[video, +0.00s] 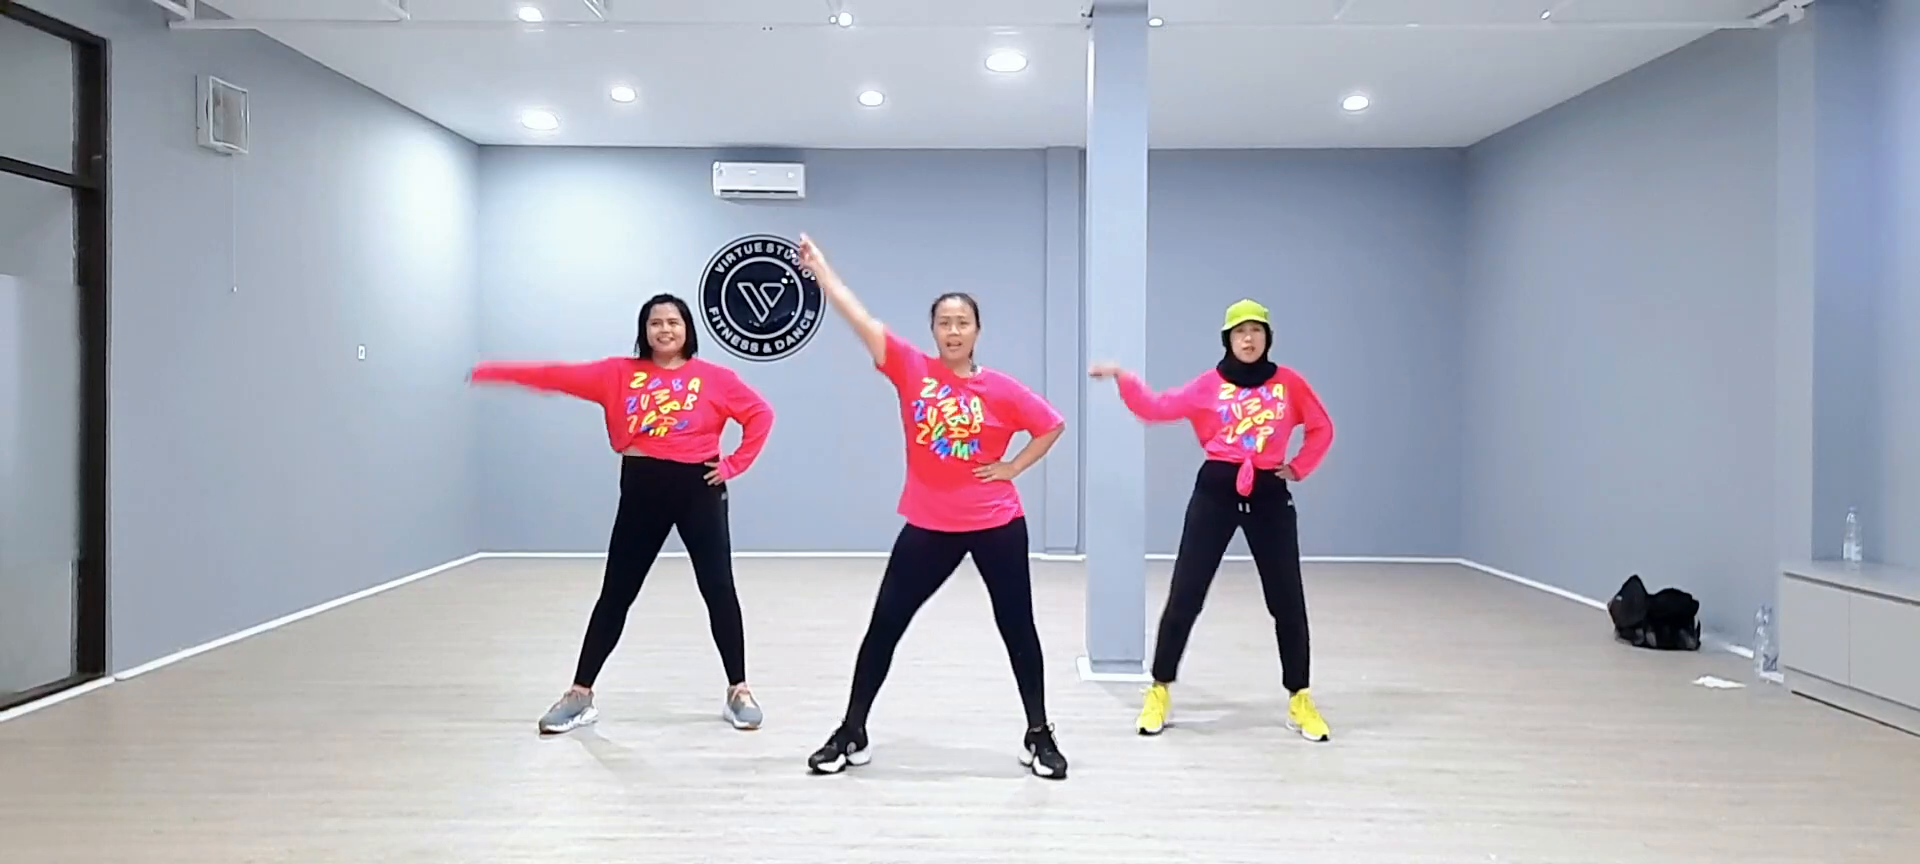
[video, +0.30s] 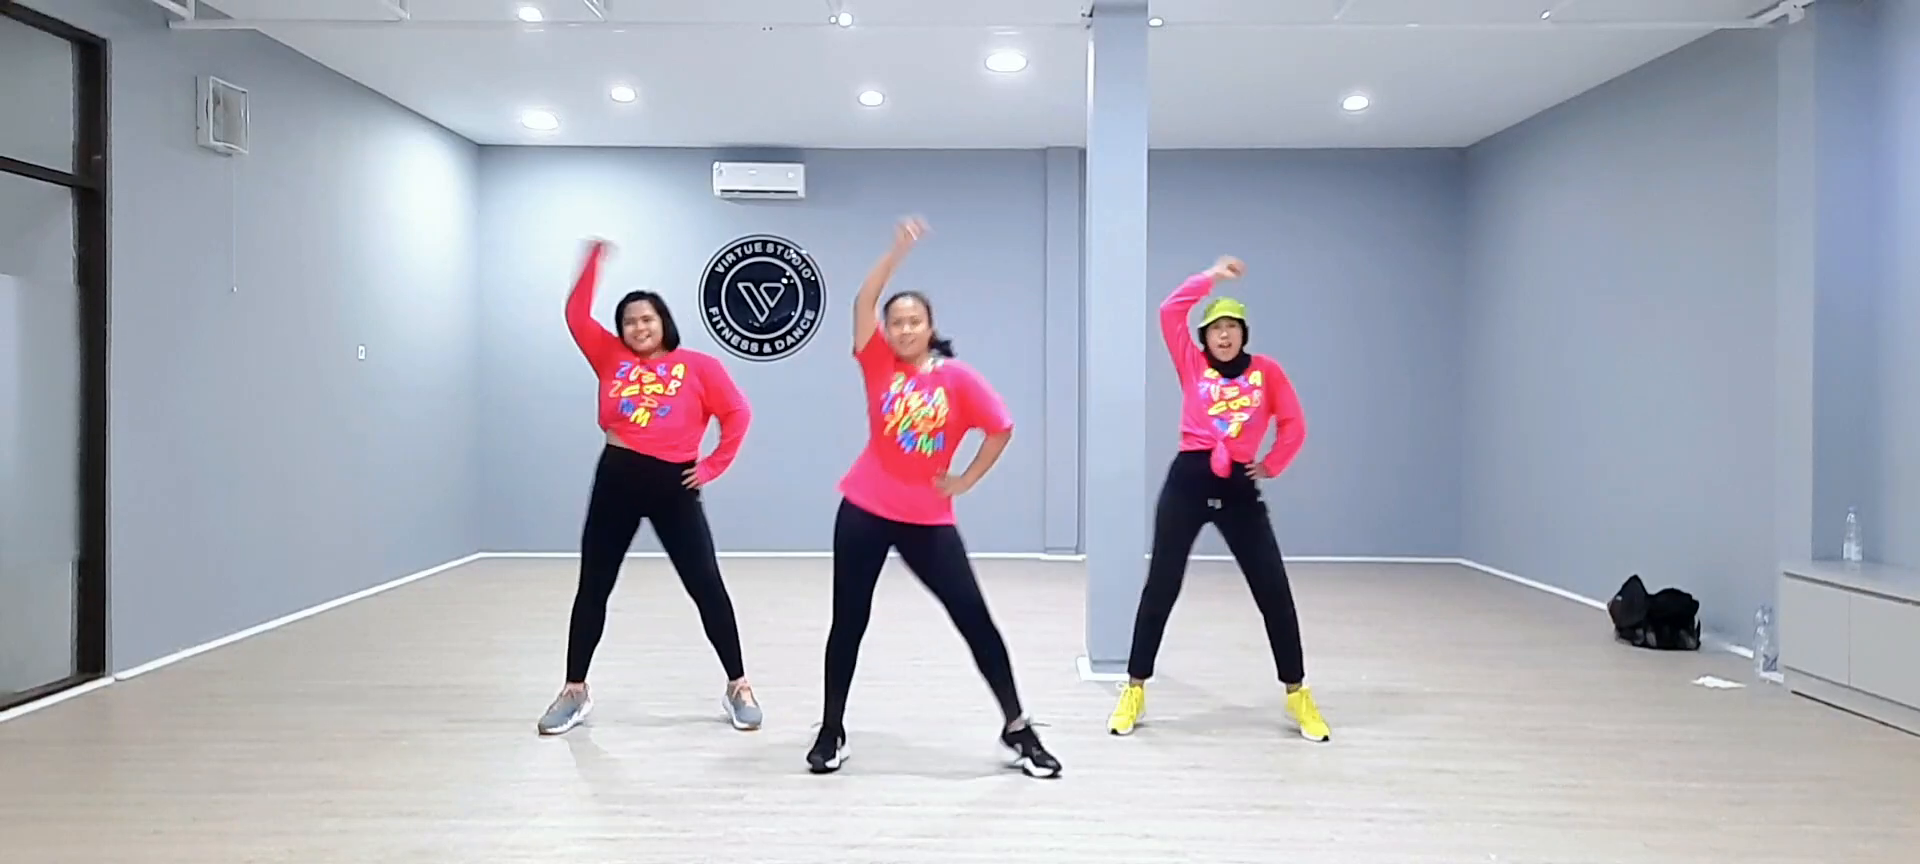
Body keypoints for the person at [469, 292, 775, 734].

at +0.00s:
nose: (665, 328)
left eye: (673, 321)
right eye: (656, 322)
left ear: (688, 330)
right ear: (644, 331)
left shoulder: (712, 377)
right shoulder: (618, 372)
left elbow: (762, 415)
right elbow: (553, 375)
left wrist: (735, 464)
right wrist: (486, 371)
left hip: (699, 488)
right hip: (642, 486)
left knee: (718, 586)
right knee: (616, 592)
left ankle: (739, 690)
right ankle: (580, 693)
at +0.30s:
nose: (639, 327)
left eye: (647, 319)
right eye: (630, 321)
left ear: (664, 323)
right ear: (621, 331)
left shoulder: (698, 366)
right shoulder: (610, 359)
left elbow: (738, 415)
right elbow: (576, 314)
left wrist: (713, 466)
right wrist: (590, 260)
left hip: (674, 483)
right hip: (616, 478)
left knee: (706, 584)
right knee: (594, 583)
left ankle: (739, 686)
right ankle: (574, 688)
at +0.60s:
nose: (649, 320)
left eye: (658, 313)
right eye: (640, 314)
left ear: (673, 320)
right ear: (629, 323)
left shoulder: (698, 364)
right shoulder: (609, 358)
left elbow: (744, 407)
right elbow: (559, 324)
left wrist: (722, 458)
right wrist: (550, 260)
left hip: (684, 480)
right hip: (627, 477)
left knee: (715, 578)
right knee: (598, 581)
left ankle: (746, 681)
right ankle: (571, 685)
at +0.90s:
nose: (661, 336)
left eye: (670, 328)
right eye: (652, 330)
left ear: (686, 335)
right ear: (642, 337)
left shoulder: (715, 377)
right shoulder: (626, 372)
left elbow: (766, 410)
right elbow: (581, 342)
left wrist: (741, 462)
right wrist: (552, 298)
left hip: (709, 492)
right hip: (656, 494)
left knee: (724, 584)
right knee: (603, 571)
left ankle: (746, 690)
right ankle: (584, 687)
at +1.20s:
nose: (634, 338)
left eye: (642, 332)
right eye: (626, 332)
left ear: (659, 339)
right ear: (616, 342)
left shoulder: (686, 383)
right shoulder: (602, 381)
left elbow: (712, 440)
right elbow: (547, 380)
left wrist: (689, 497)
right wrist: (580, 335)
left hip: (655, 498)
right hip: (599, 492)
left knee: (688, 592)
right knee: (583, 592)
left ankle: (731, 688)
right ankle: (581, 687)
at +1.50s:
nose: (655, 312)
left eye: (664, 307)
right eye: (647, 306)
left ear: (679, 317)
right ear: (633, 316)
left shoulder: (704, 355)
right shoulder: (616, 359)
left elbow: (734, 397)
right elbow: (585, 414)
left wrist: (741, 451)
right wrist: (605, 370)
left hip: (693, 470)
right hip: (636, 471)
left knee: (703, 575)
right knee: (613, 571)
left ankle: (705, 679)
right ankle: (626, 667)